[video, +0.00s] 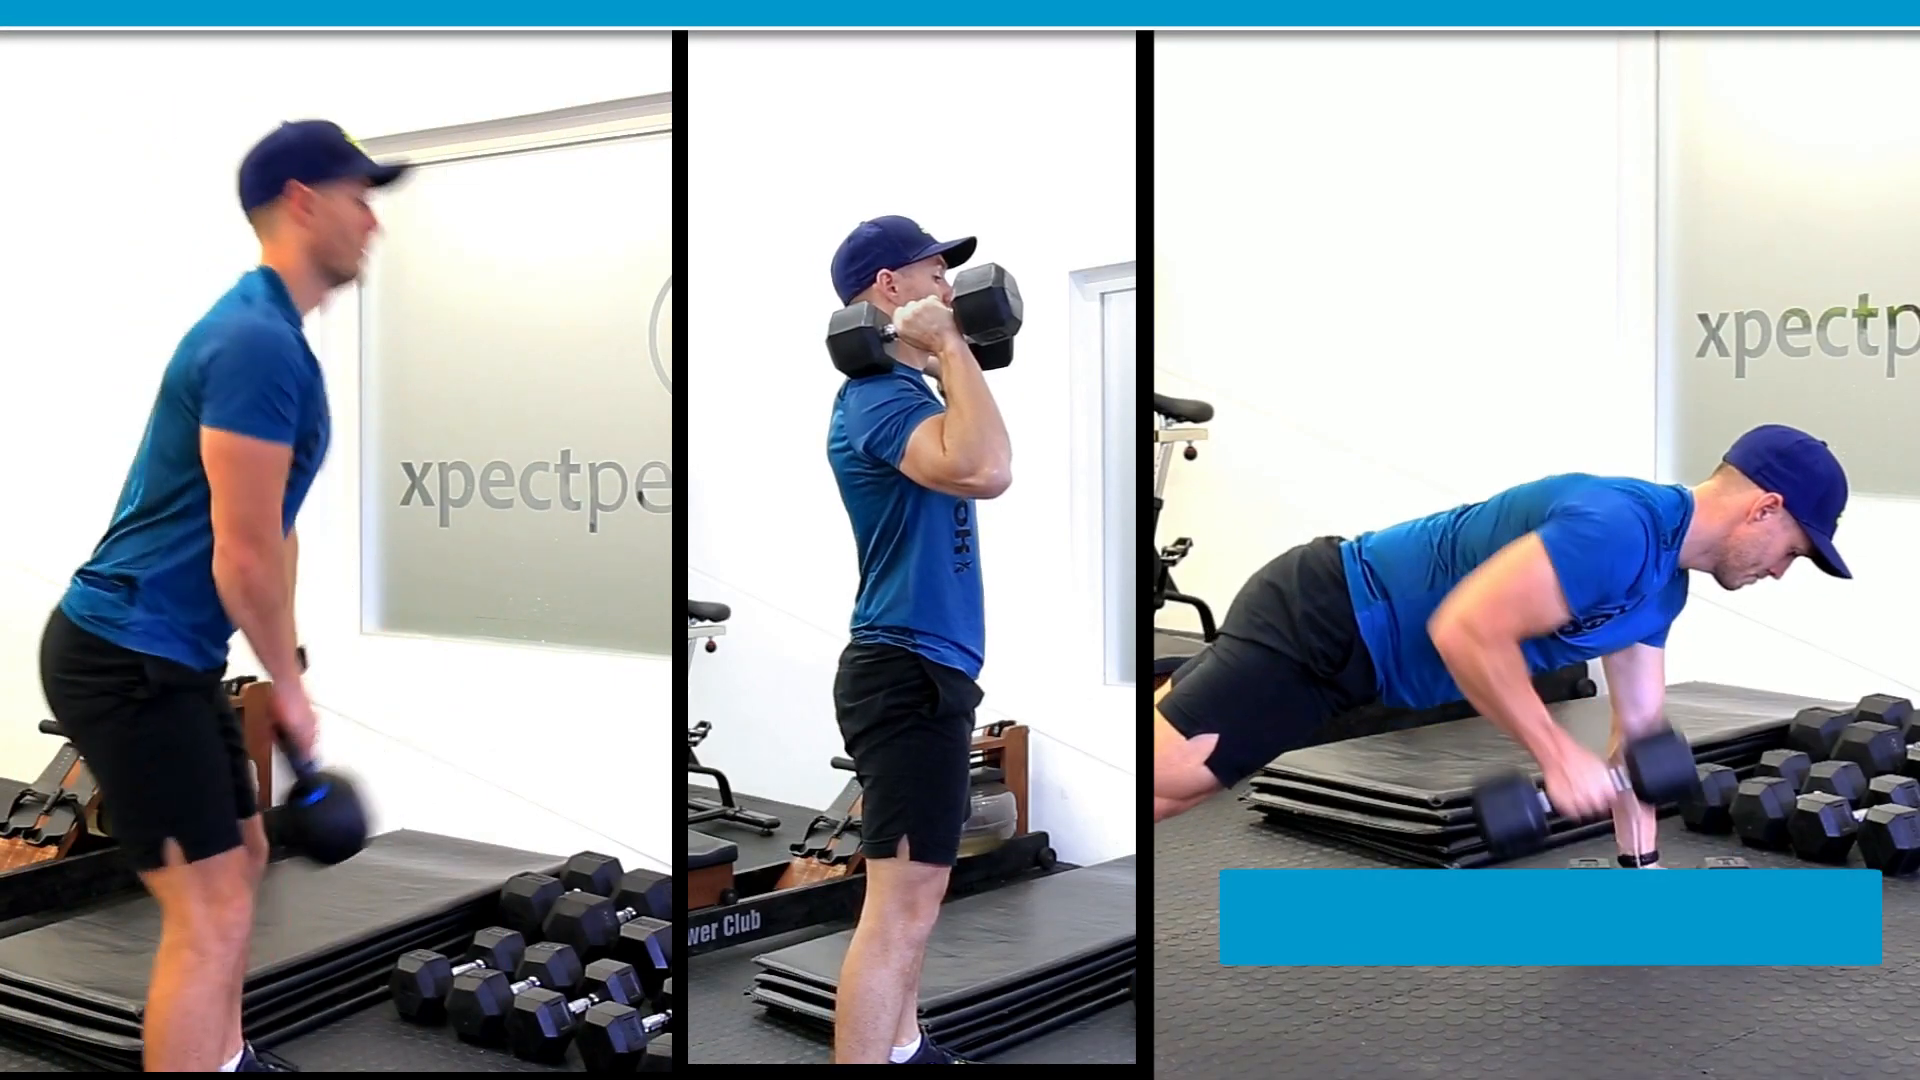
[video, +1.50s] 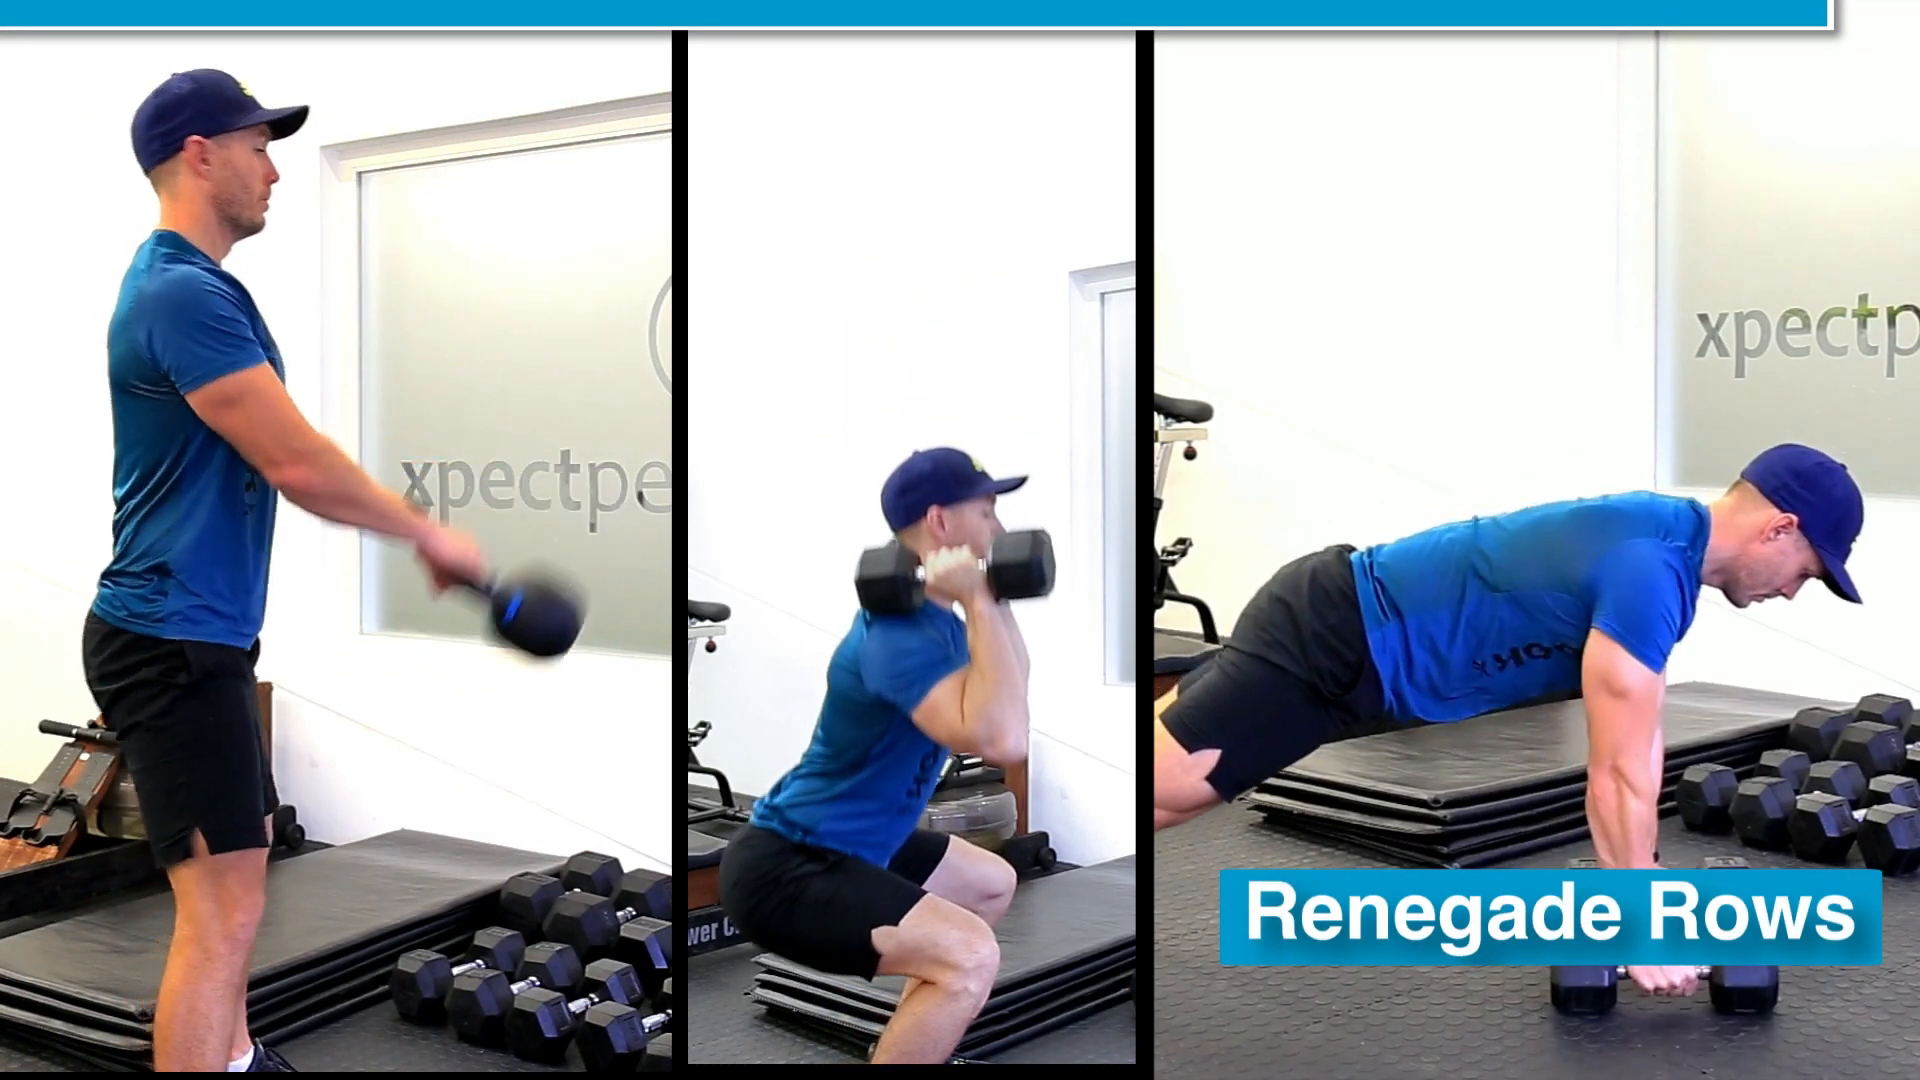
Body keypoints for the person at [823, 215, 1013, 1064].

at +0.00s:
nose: (950, 282)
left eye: (945, 268)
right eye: (937, 270)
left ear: (887, 289)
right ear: (888, 285)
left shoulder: (904, 395)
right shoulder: (873, 399)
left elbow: (990, 471)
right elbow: (977, 465)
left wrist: (953, 353)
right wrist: (948, 346)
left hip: (933, 674)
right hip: (906, 675)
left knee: (918, 898)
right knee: (900, 907)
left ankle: (900, 1047)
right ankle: (864, 1062)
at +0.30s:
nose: (957, 282)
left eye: (952, 268)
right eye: (943, 270)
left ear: (896, 289)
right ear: (896, 286)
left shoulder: (908, 396)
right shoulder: (878, 400)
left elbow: (994, 471)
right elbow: (986, 469)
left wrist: (960, 352)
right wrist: (955, 348)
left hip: (911, 677)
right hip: (881, 680)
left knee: (937, 886)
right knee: (917, 914)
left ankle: (899, 1042)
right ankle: (873, 1061)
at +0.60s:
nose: (970, 325)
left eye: (967, 311)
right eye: (957, 311)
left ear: (905, 326)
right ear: (910, 322)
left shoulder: (912, 430)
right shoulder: (887, 432)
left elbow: (1002, 504)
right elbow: (1000, 502)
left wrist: (971, 382)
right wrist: (960, 377)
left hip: (887, 708)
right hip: (843, 710)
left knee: (968, 865)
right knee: (939, 929)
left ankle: (894, 1025)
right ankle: (884, 1056)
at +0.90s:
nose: (976, 397)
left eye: (975, 383)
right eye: (967, 383)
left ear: (914, 393)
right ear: (921, 388)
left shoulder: (918, 494)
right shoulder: (891, 501)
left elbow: (984, 566)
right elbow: (1004, 575)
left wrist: (970, 444)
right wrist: (966, 445)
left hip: (868, 754)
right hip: (815, 763)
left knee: (979, 874)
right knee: (953, 948)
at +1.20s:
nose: (987, 465)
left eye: (986, 452)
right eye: (978, 451)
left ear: (927, 464)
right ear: (930, 461)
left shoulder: (929, 558)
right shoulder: (893, 572)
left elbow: (1005, 642)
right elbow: (1002, 661)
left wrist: (982, 526)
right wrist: (973, 526)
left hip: (855, 801)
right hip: (799, 819)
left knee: (990, 880)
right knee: (966, 955)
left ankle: (916, 1037)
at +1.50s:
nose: (997, 527)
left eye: (993, 511)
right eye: (985, 511)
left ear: (939, 526)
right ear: (939, 524)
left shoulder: (938, 621)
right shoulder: (896, 633)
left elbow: (1006, 715)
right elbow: (1000, 741)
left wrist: (989, 597)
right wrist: (979, 601)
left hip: (852, 840)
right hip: (789, 864)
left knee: (993, 882)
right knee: (968, 956)